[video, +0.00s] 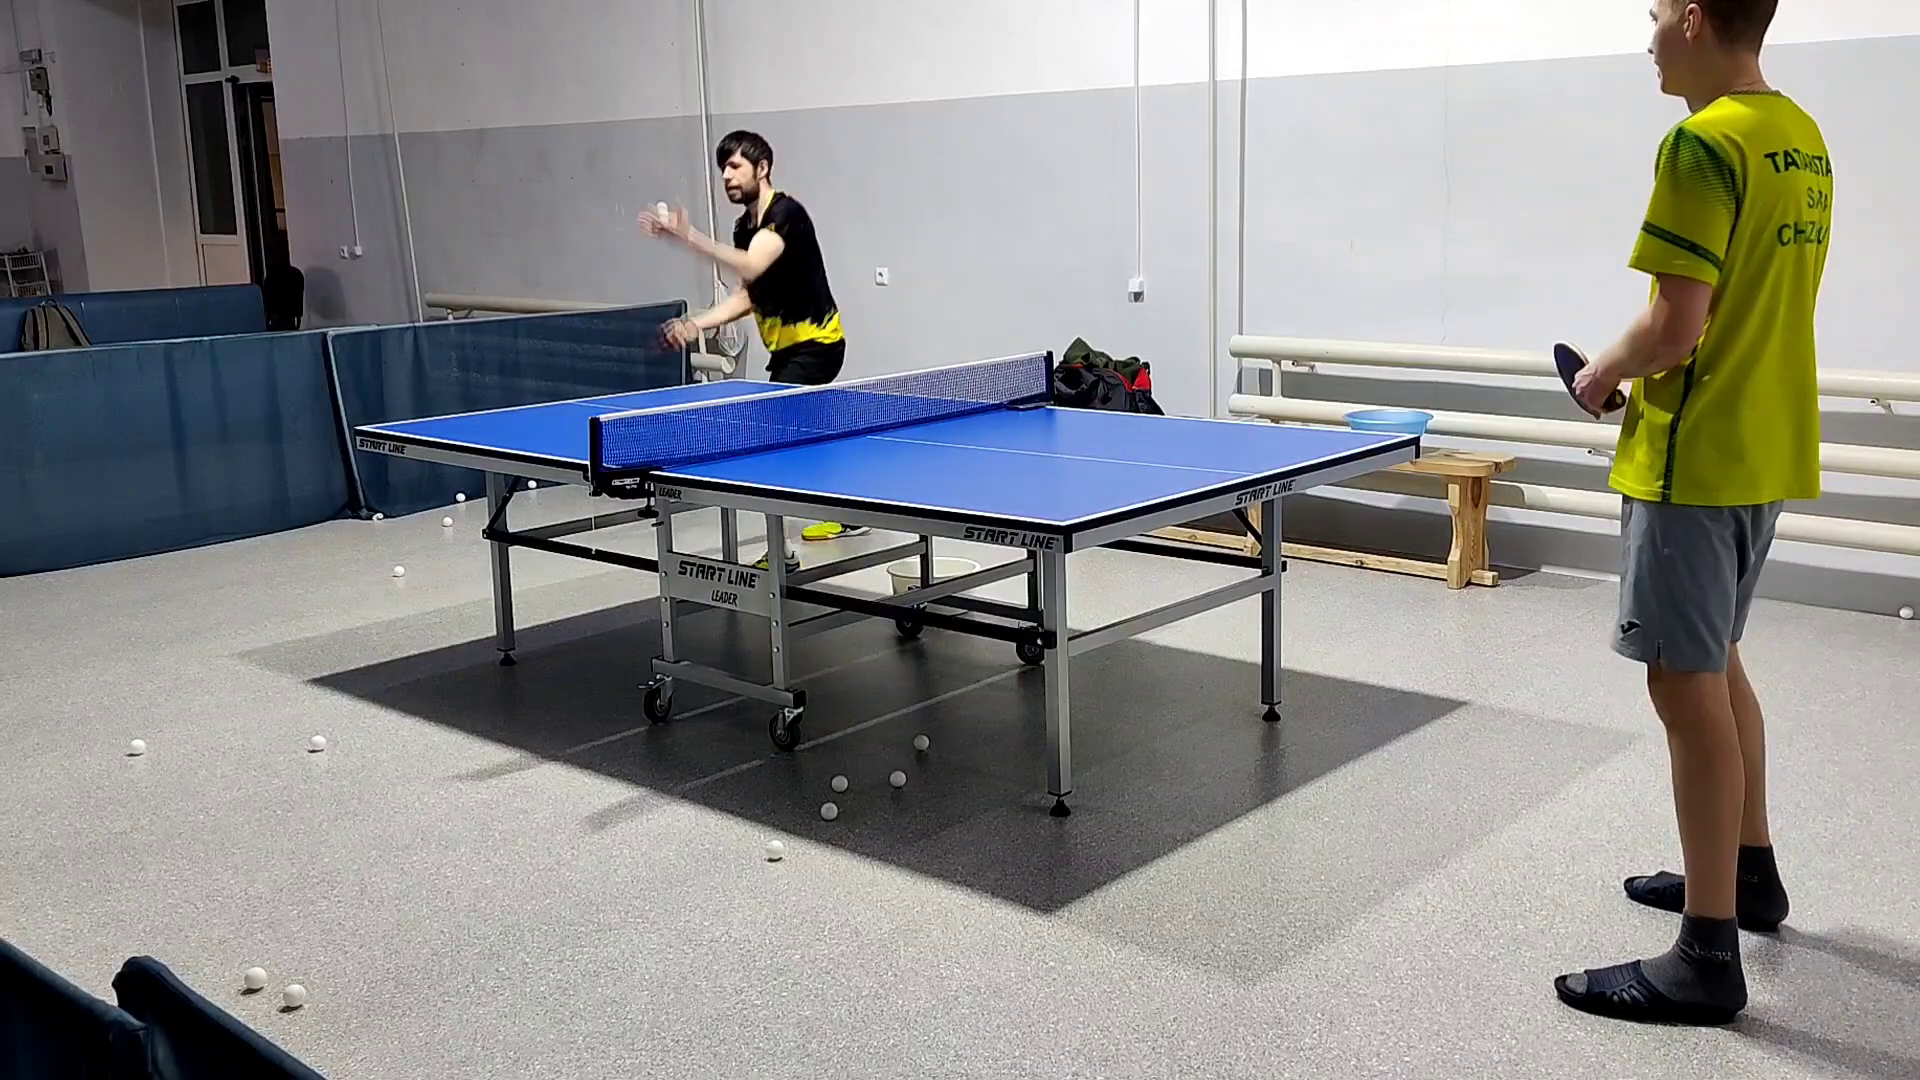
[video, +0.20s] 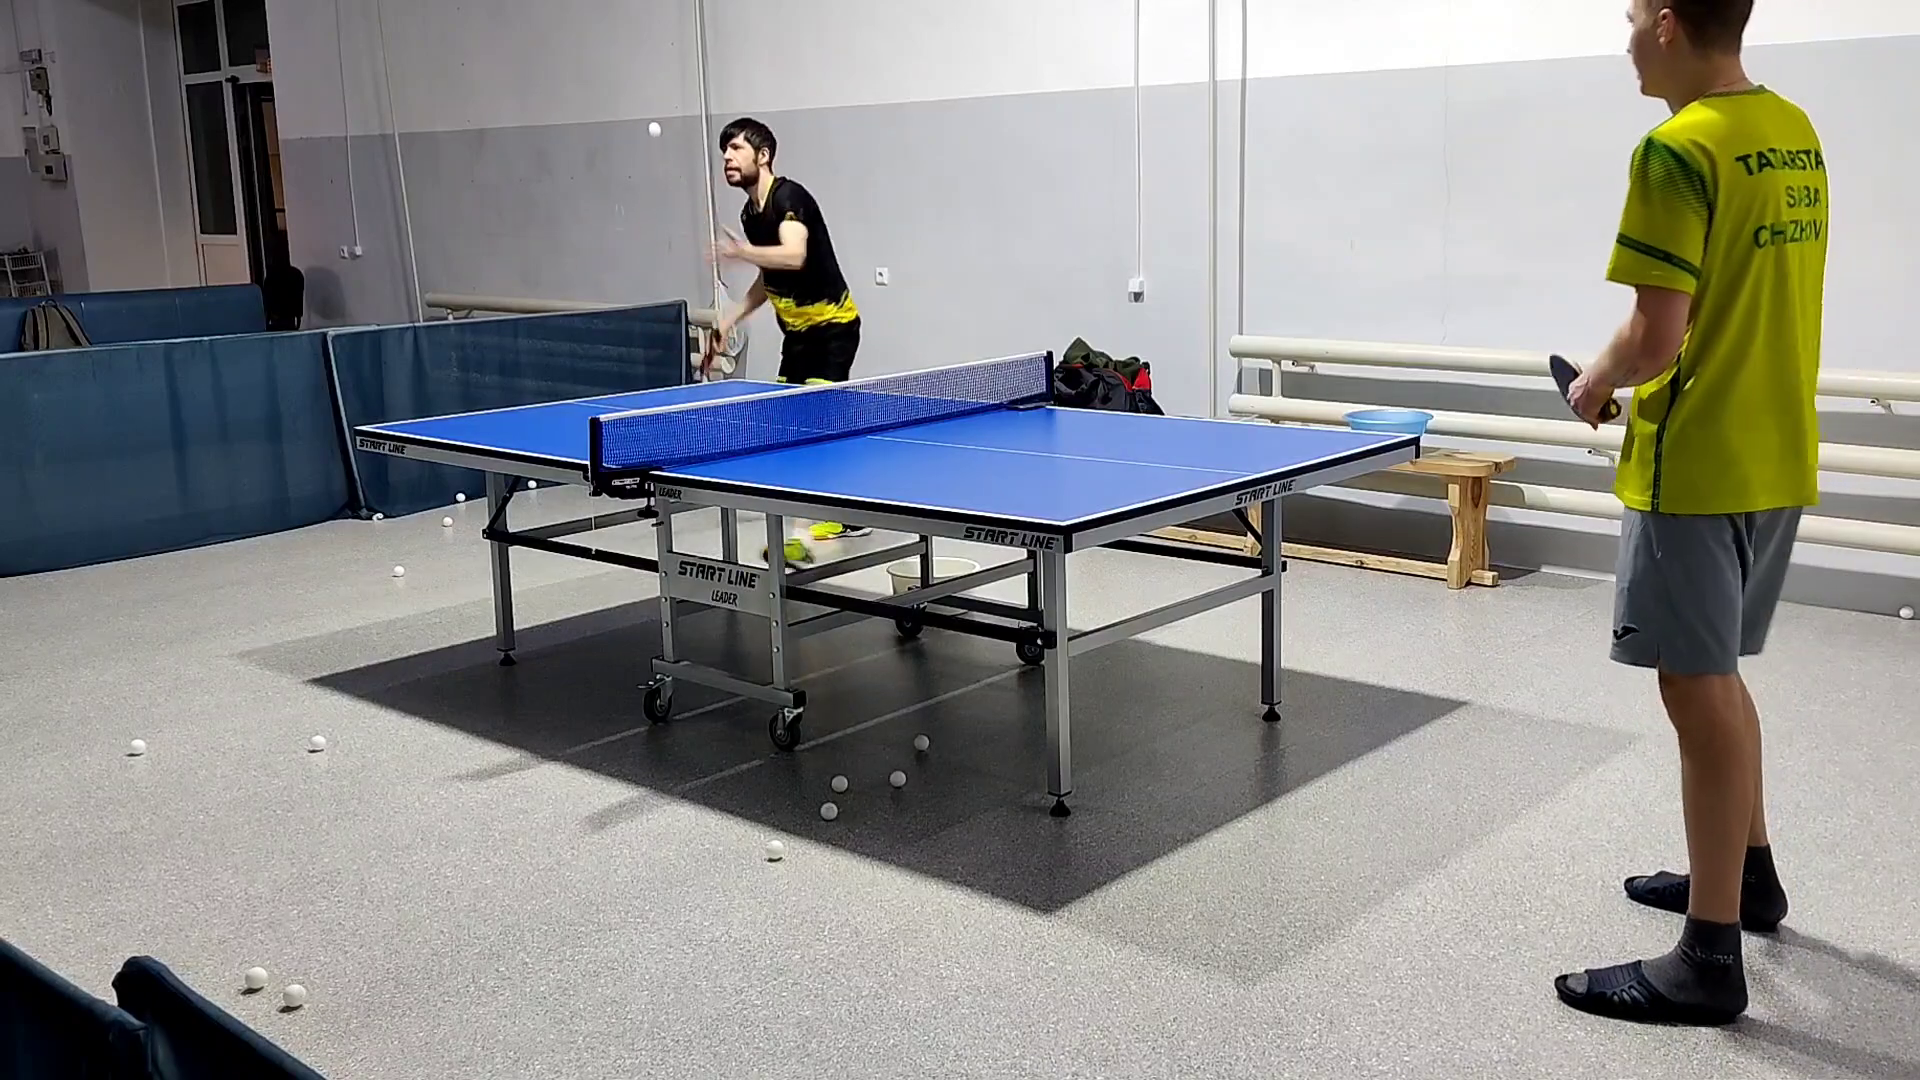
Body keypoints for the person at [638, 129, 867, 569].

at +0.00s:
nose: (726, 176)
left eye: (734, 166)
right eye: (723, 169)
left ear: (762, 168)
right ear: (725, 175)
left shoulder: (787, 211)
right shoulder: (745, 227)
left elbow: (752, 266)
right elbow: (746, 299)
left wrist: (688, 236)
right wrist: (695, 324)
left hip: (817, 346)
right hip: (784, 349)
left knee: (765, 426)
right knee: (804, 434)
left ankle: (780, 550)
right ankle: (844, 512)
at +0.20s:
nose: (727, 157)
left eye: (737, 148)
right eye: (726, 150)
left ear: (764, 154)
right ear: (729, 159)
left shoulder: (789, 195)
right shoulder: (750, 213)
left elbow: (795, 255)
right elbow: (767, 278)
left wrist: (744, 252)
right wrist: (732, 322)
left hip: (832, 325)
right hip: (796, 328)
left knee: (813, 418)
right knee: (789, 421)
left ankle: (833, 518)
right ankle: (841, 512)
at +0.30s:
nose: (725, 160)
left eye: (734, 151)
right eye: (724, 153)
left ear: (762, 158)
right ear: (733, 163)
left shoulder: (790, 199)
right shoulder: (751, 212)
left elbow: (821, 263)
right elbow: (766, 264)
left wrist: (790, 283)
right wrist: (724, 288)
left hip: (839, 324)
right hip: (803, 329)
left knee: (818, 413)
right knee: (788, 418)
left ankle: (836, 526)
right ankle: (846, 508)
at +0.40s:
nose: (725, 172)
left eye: (734, 163)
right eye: (724, 164)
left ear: (762, 169)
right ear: (731, 172)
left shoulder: (795, 209)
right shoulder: (754, 216)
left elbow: (842, 274)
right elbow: (761, 255)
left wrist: (822, 312)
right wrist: (702, 255)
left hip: (844, 324)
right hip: (806, 326)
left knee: (827, 410)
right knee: (791, 413)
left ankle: (863, 519)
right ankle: (838, 511)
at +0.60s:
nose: (745, 215)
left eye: (753, 205)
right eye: (742, 207)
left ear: (779, 204)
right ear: (742, 207)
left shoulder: (818, 242)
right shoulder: (758, 238)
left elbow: (869, 302)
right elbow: (738, 260)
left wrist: (870, 362)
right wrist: (686, 270)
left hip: (848, 342)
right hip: (807, 340)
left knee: (842, 423)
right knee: (787, 417)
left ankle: (859, 522)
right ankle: (837, 513)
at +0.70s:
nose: (772, 236)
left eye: (779, 227)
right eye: (766, 228)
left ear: (800, 220)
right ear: (761, 224)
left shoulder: (834, 252)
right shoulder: (761, 241)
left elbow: (879, 314)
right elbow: (722, 274)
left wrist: (881, 373)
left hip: (851, 343)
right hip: (805, 343)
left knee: (845, 423)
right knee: (784, 416)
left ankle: (859, 523)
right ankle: (836, 514)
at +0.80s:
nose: (796, 238)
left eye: (804, 230)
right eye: (789, 230)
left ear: (821, 223)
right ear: (779, 224)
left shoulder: (845, 249)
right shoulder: (771, 239)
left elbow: (878, 312)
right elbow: (728, 295)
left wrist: (887, 377)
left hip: (848, 337)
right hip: (799, 338)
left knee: (848, 421)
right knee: (790, 418)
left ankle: (860, 522)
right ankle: (834, 512)